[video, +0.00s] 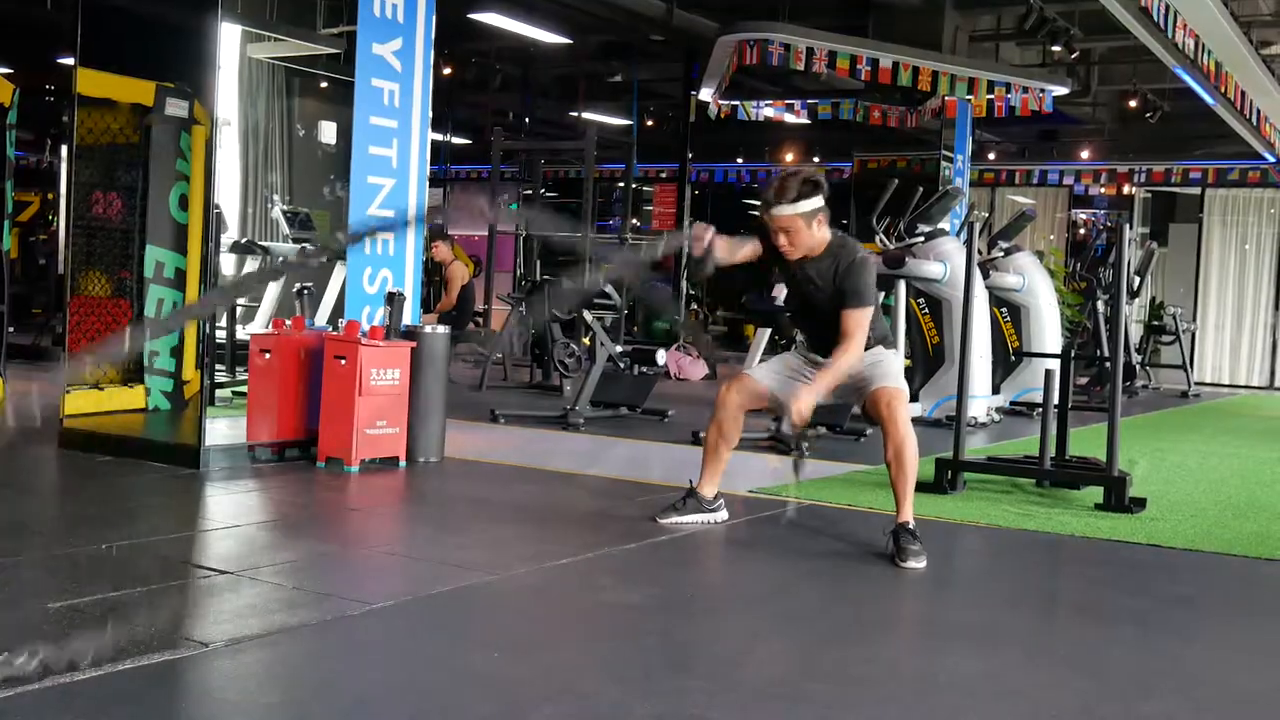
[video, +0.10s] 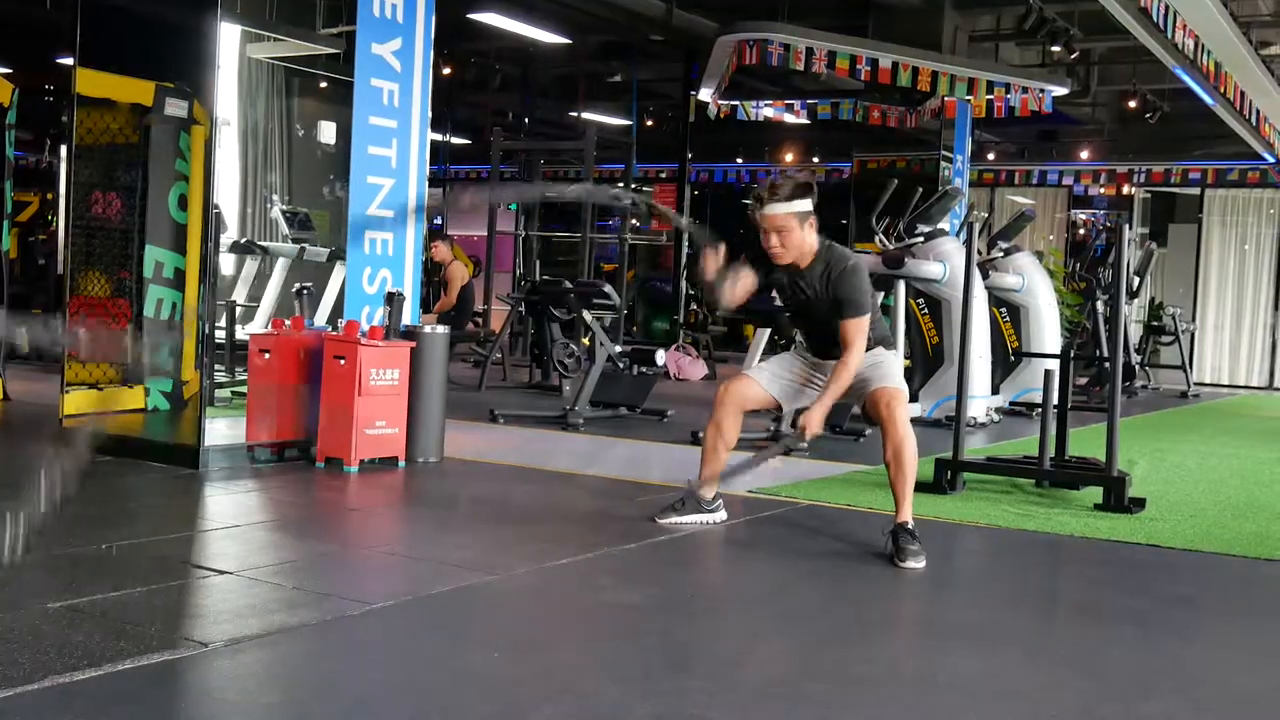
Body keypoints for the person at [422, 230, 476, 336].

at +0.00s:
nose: (432, 251)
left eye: (436, 247)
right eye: (432, 248)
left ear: (448, 247)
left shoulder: (455, 268)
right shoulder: (450, 267)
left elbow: (451, 301)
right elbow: (447, 297)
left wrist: (435, 313)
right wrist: (437, 312)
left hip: (457, 321)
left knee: (417, 319)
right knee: (417, 317)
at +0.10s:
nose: (432, 251)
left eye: (435, 247)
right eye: (431, 248)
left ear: (447, 247)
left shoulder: (455, 268)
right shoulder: (447, 268)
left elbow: (451, 300)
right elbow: (444, 297)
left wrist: (434, 313)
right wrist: (434, 314)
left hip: (456, 321)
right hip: (450, 317)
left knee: (416, 320)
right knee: (415, 318)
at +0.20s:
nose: (431, 251)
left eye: (435, 247)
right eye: (430, 248)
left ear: (447, 247)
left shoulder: (454, 268)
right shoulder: (446, 268)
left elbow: (450, 300)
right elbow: (444, 297)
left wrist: (433, 313)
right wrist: (433, 314)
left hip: (456, 321)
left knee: (415, 319)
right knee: (415, 317)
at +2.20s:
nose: (439, 255)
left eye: (442, 250)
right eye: (435, 252)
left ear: (453, 251)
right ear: (433, 255)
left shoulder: (459, 270)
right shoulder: (448, 271)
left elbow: (454, 303)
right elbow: (447, 300)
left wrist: (437, 315)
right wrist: (437, 316)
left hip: (460, 322)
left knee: (419, 321)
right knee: (419, 319)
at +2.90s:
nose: (428, 254)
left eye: (432, 250)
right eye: (425, 251)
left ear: (441, 250)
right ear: (423, 254)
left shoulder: (450, 271)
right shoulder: (437, 271)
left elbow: (445, 303)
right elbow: (437, 300)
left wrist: (427, 317)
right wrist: (426, 317)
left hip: (452, 321)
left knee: (410, 321)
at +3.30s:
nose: (419, 255)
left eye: (423, 250)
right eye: (416, 251)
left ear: (433, 250)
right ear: (413, 255)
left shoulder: (440, 271)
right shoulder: (429, 273)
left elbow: (436, 304)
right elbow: (429, 301)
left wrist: (418, 317)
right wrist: (418, 318)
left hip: (443, 322)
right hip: (436, 318)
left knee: (402, 321)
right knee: (401, 320)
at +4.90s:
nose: (424, 256)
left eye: (428, 252)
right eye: (423, 254)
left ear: (441, 254)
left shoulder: (447, 275)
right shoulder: (436, 277)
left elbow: (443, 308)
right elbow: (434, 306)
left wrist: (424, 321)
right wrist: (424, 322)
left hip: (448, 327)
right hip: (441, 324)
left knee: (407, 326)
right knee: (406, 324)